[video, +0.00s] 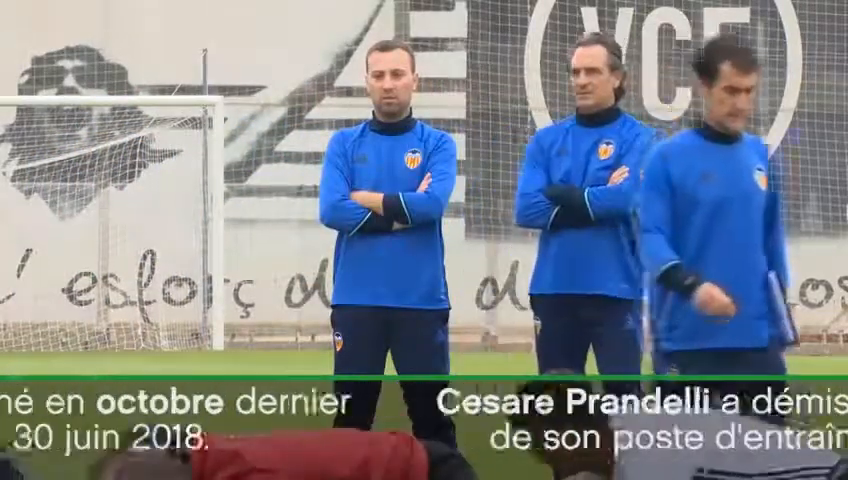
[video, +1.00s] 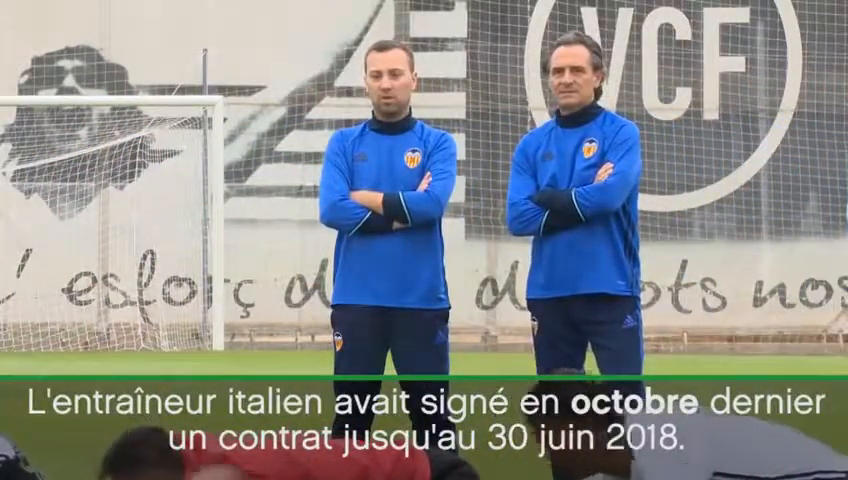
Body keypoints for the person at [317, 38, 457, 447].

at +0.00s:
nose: (388, 85)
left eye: (398, 75)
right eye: (378, 76)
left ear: (415, 82)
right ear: (367, 84)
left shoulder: (437, 143)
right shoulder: (343, 142)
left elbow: (432, 207)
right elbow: (331, 211)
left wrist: (363, 197)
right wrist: (404, 211)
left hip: (420, 301)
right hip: (357, 300)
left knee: (432, 418)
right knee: (351, 418)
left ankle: (443, 479)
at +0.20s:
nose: (387, 85)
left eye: (397, 75)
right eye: (377, 76)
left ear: (415, 82)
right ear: (367, 84)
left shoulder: (438, 142)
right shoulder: (343, 142)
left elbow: (433, 205)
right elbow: (331, 210)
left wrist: (365, 197)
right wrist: (401, 214)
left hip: (420, 301)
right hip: (356, 301)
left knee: (432, 418)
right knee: (352, 417)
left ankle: (441, 478)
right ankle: (351, 479)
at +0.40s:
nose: (386, 84)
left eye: (396, 75)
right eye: (377, 76)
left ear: (414, 82)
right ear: (366, 84)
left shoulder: (437, 142)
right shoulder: (343, 142)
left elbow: (433, 207)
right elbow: (331, 211)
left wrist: (361, 196)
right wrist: (406, 208)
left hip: (421, 301)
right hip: (356, 301)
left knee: (432, 417)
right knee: (351, 418)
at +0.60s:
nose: (386, 84)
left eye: (396, 75)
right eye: (377, 76)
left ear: (414, 81)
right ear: (366, 84)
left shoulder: (438, 142)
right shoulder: (343, 142)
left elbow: (433, 207)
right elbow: (331, 211)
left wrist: (359, 196)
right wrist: (407, 208)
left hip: (421, 301)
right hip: (356, 301)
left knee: (431, 416)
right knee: (351, 418)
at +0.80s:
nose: (386, 84)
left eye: (396, 75)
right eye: (376, 76)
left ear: (414, 82)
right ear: (366, 84)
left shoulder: (438, 142)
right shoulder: (343, 142)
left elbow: (433, 207)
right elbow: (332, 211)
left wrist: (361, 196)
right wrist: (407, 209)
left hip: (421, 300)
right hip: (357, 299)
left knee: (431, 415)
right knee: (351, 416)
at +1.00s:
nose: (386, 84)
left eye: (396, 75)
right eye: (376, 76)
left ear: (414, 82)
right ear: (366, 84)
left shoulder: (438, 142)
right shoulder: (343, 142)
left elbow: (432, 207)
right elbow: (331, 211)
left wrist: (363, 196)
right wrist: (404, 211)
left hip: (421, 299)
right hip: (357, 299)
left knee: (431, 415)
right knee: (351, 416)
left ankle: (445, 479)